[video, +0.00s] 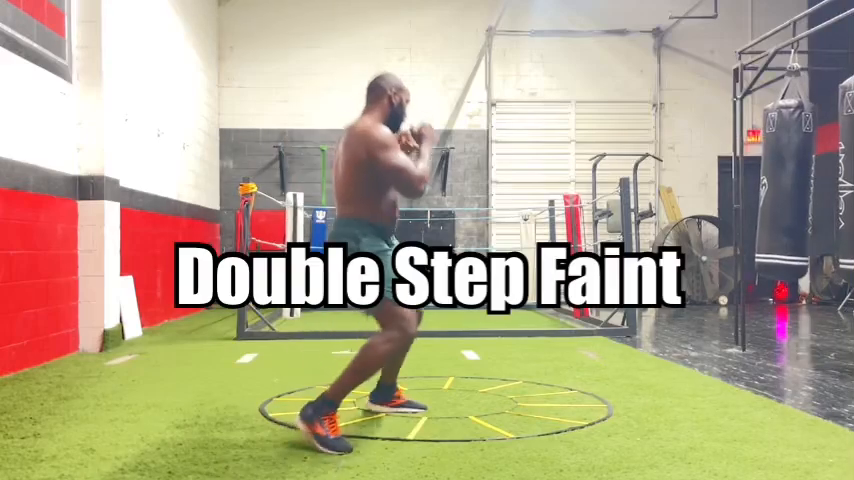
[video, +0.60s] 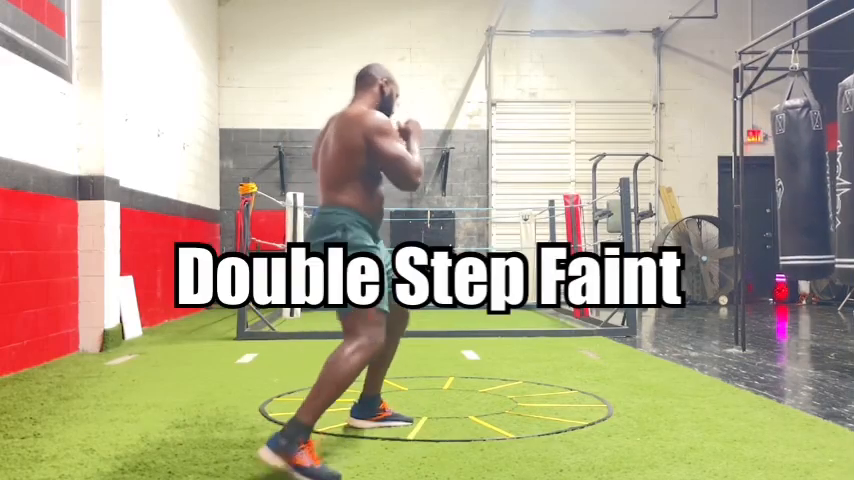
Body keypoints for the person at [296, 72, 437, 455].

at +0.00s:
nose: (407, 110)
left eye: (407, 104)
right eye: (405, 103)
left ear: (378, 96)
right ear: (390, 96)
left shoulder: (363, 130)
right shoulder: (372, 132)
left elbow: (386, 182)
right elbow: (417, 183)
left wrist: (407, 151)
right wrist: (428, 148)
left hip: (372, 237)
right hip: (362, 239)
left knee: (409, 317)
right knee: (399, 329)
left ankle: (386, 391)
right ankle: (321, 409)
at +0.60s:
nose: (395, 101)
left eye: (394, 94)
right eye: (394, 93)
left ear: (361, 86)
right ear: (384, 85)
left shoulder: (332, 123)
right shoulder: (374, 120)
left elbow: (322, 172)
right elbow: (411, 179)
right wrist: (414, 139)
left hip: (325, 226)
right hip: (351, 229)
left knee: (397, 311)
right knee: (367, 337)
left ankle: (369, 405)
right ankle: (290, 439)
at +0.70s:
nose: (382, 95)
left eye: (382, 89)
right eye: (381, 88)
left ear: (346, 78)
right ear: (370, 76)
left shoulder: (316, 116)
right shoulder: (364, 108)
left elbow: (302, 156)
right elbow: (407, 168)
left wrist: (325, 192)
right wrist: (403, 128)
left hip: (313, 225)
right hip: (340, 225)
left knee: (373, 316)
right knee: (352, 339)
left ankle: (369, 403)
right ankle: (283, 450)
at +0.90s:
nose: (368, 64)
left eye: (368, 58)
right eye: (368, 56)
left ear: (328, 44)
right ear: (355, 44)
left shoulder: (293, 88)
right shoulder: (348, 75)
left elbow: (297, 143)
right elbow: (391, 138)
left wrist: (342, 172)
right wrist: (386, 96)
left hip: (283, 190)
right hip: (310, 192)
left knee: (334, 308)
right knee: (321, 320)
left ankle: (299, 404)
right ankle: (276, 445)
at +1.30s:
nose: (343, 57)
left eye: (341, 50)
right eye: (341, 49)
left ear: (304, 43)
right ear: (330, 41)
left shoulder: (264, 83)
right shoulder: (322, 77)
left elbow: (264, 138)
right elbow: (360, 143)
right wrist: (356, 99)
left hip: (258, 196)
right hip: (278, 201)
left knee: (302, 302)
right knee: (289, 318)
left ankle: (273, 386)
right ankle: (228, 436)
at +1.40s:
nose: (337, 75)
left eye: (336, 68)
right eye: (336, 68)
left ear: (297, 62)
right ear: (326, 61)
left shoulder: (266, 100)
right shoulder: (317, 97)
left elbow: (250, 145)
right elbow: (356, 157)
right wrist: (350, 110)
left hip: (259, 214)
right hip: (271, 219)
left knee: (310, 299)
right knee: (277, 338)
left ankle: (287, 386)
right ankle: (205, 443)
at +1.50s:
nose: (337, 94)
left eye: (339, 88)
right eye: (338, 87)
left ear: (300, 77)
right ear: (326, 78)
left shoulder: (269, 116)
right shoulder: (315, 118)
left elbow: (254, 170)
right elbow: (353, 178)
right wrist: (351, 135)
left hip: (258, 222)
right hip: (273, 229)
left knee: (306, 312)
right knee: (278, 342)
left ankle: (288, 399)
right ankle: (204, 446)